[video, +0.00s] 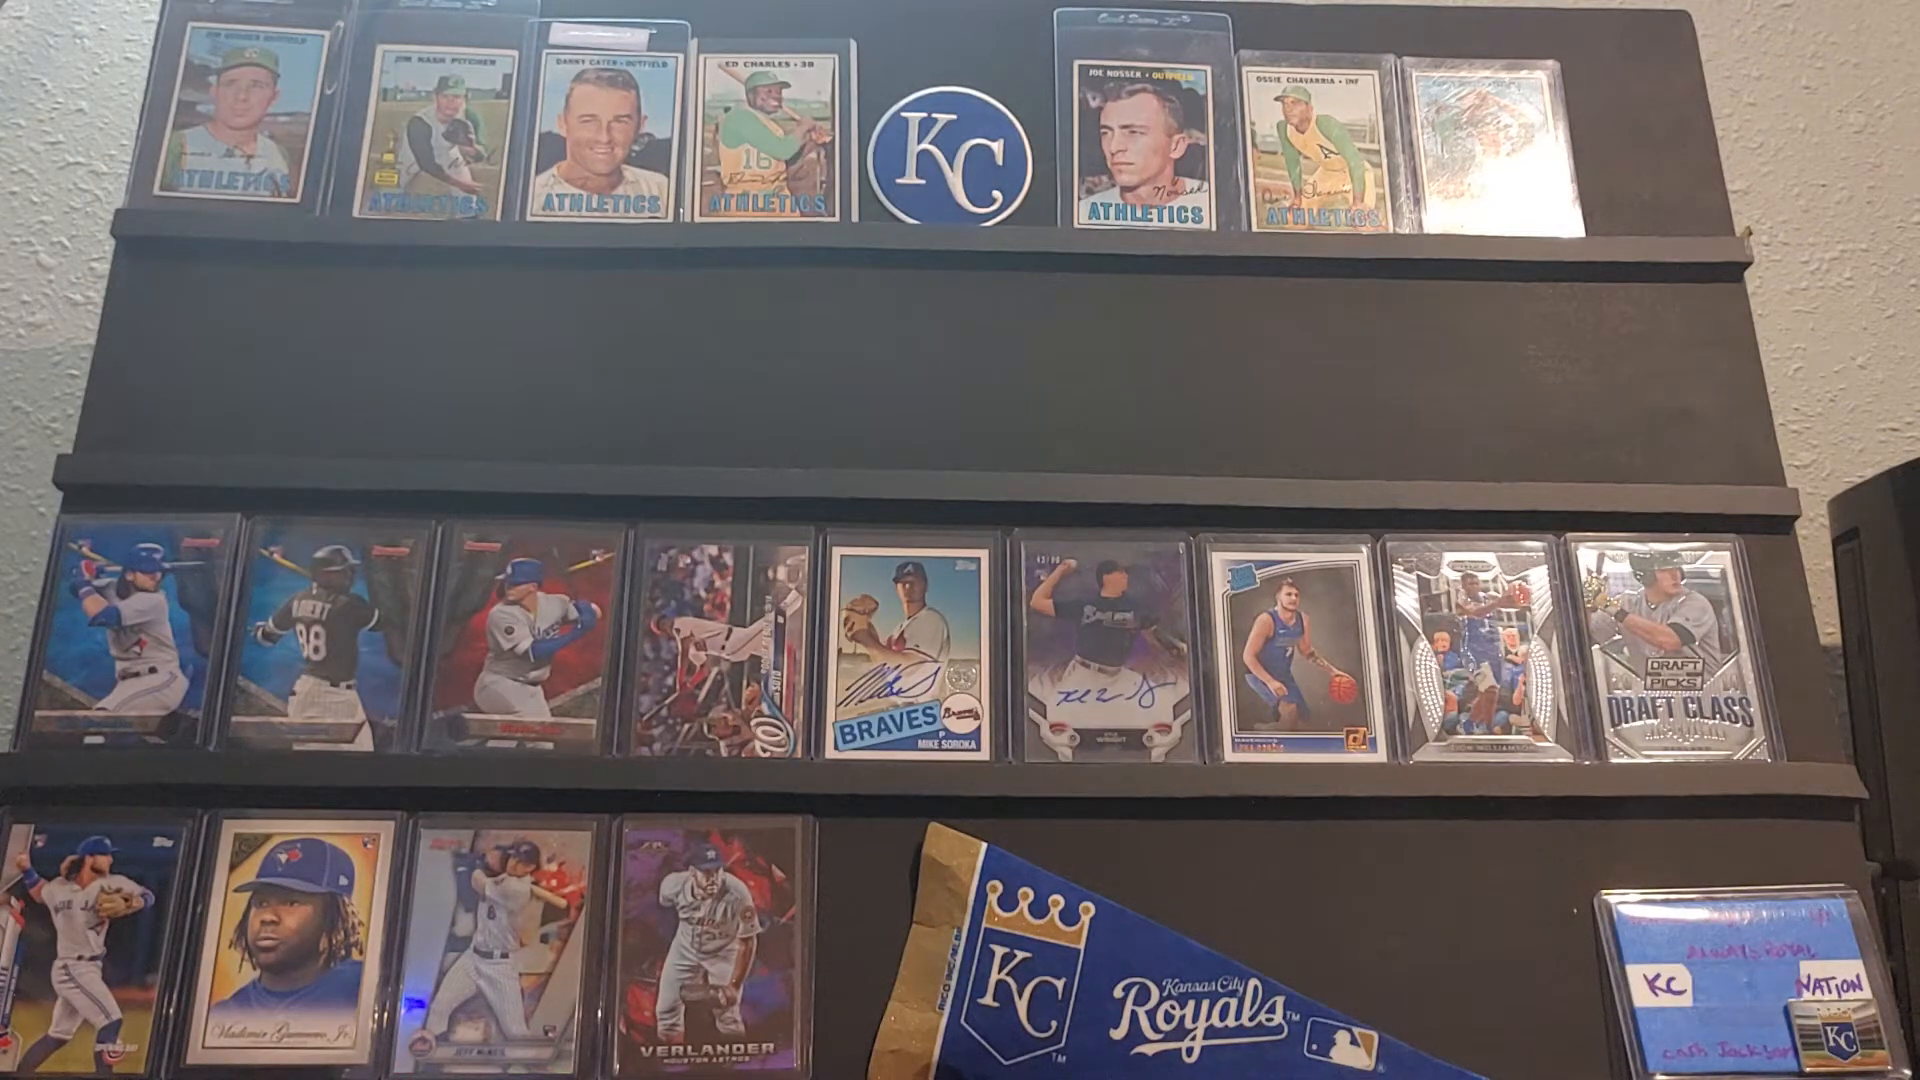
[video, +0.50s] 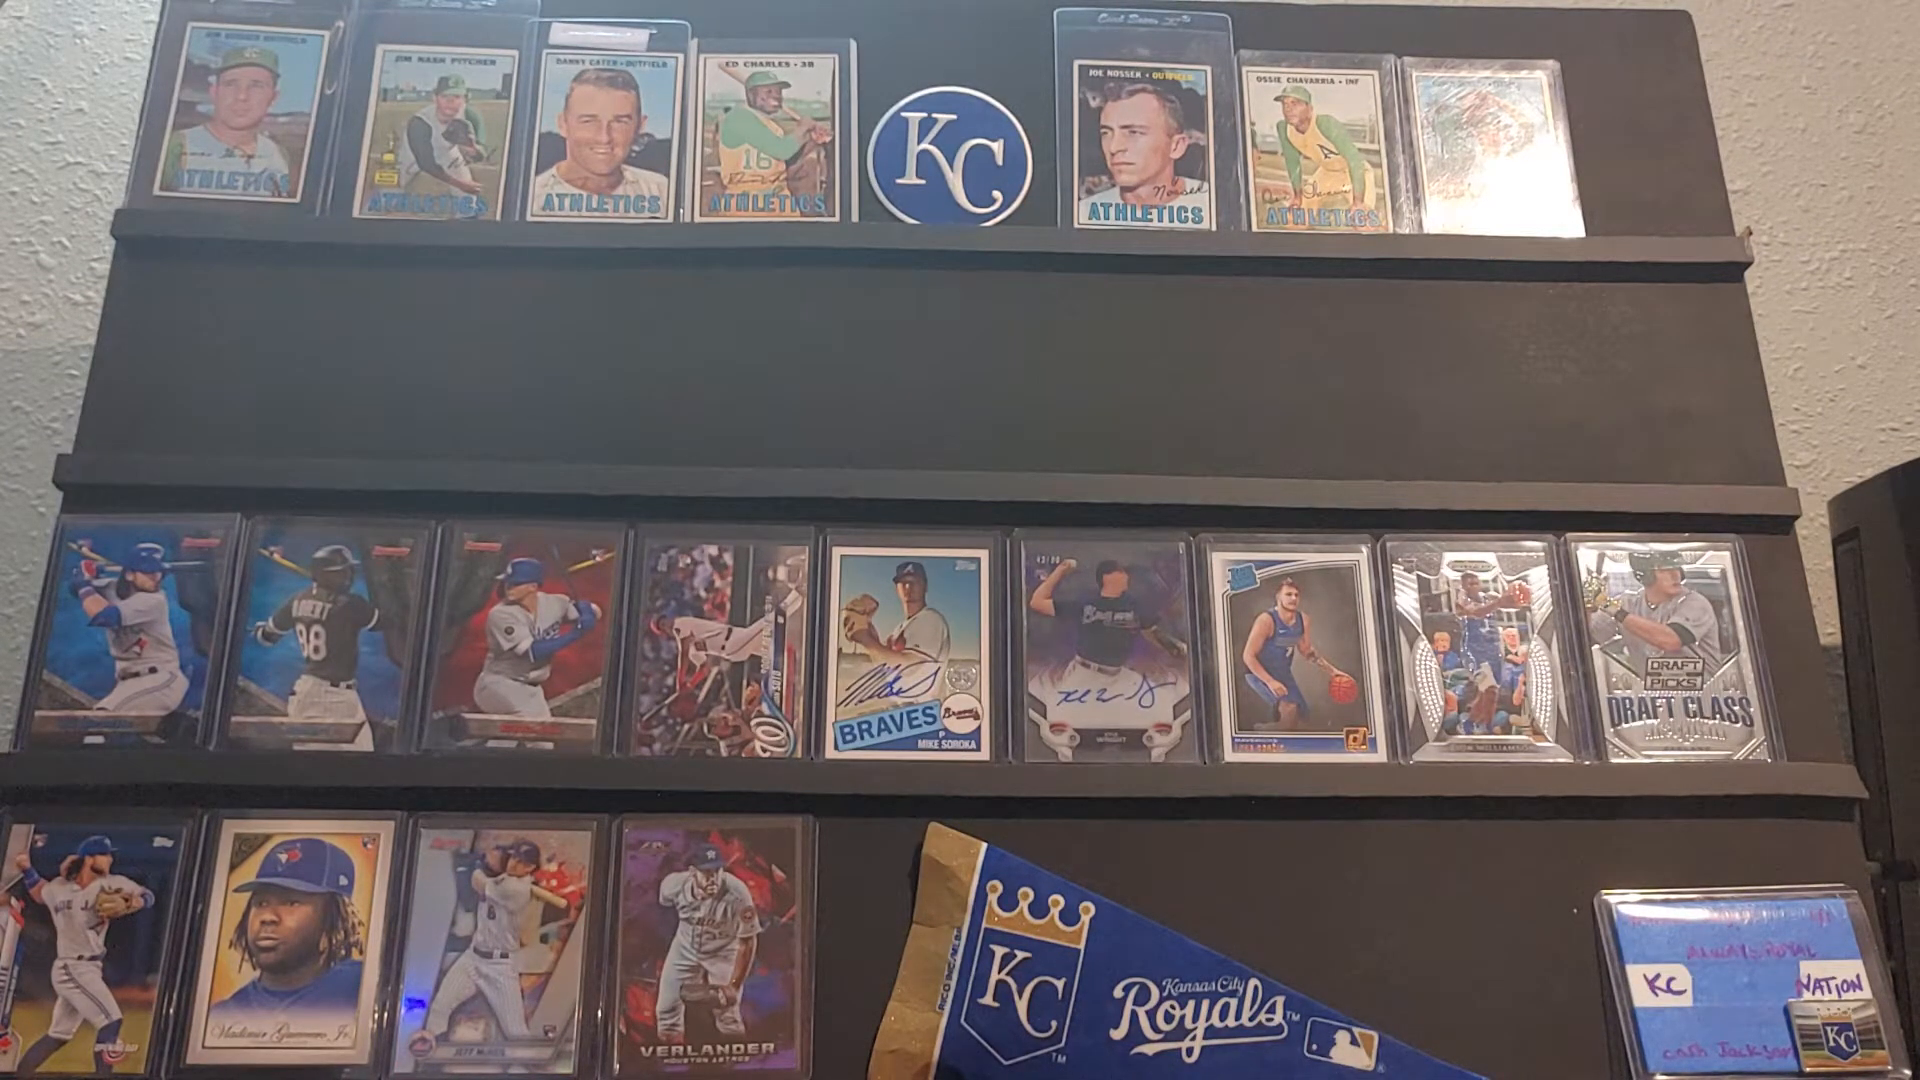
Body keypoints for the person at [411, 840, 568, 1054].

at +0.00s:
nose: (514, 865)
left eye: (521, 863)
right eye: (513, 859)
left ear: (530, 869)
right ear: (509, 858)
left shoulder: (518, 890)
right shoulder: (501, 879)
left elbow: (479, 882)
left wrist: (477, 867)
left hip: (501, 966)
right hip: (473, 958)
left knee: (515, 1031)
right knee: (440, 1005)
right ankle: (427, 1063)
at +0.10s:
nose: (514, 865)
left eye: (521, 863)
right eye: (513, 859)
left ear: (531, 869)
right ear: (509, 858)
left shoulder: (517, 889)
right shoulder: (501, 879)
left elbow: (478, 883)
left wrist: (477, 867)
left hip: (501, 965)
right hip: (472, 958)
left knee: (515, 1030)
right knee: (439, 1007)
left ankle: (531, 1072)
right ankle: (427, 1066)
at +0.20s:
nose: (514, 864)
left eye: (521, 862)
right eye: (513, 859)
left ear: (531, 868)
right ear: (509, 858)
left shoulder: (517, 889)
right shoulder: (503, 878)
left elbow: (477, 881)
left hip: (500, 965)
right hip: (473, 957)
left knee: (515, 1029)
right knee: (440, 1004)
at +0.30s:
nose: (514, 864)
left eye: (521, 862)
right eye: (513, 859)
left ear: (531, 869)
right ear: (509, 858)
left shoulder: (518, 890)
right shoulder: (500, 879)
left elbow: (478, 882)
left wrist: (479, 866)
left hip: (500, 965)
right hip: (472, 958)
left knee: (515, 1031)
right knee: (440, 1006)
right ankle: (426, 1064)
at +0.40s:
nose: (514, 864)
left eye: (521, 862)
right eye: (513, 858)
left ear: (530, 869)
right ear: (509, 858)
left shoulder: (517, 890)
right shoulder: (503, 878)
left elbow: (477, 881)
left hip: (501, 965)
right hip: (473, 957)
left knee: (515, 1030)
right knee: (440, 1004)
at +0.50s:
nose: (514, 864)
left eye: (521, 862)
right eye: (513, 858)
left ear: (531, 869)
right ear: (509, 858)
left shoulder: (518, 890)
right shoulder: (503, 878)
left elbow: (477, 881)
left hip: (501, 964)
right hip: (473, 957)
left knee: (515, 1030)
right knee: (441, 1004)